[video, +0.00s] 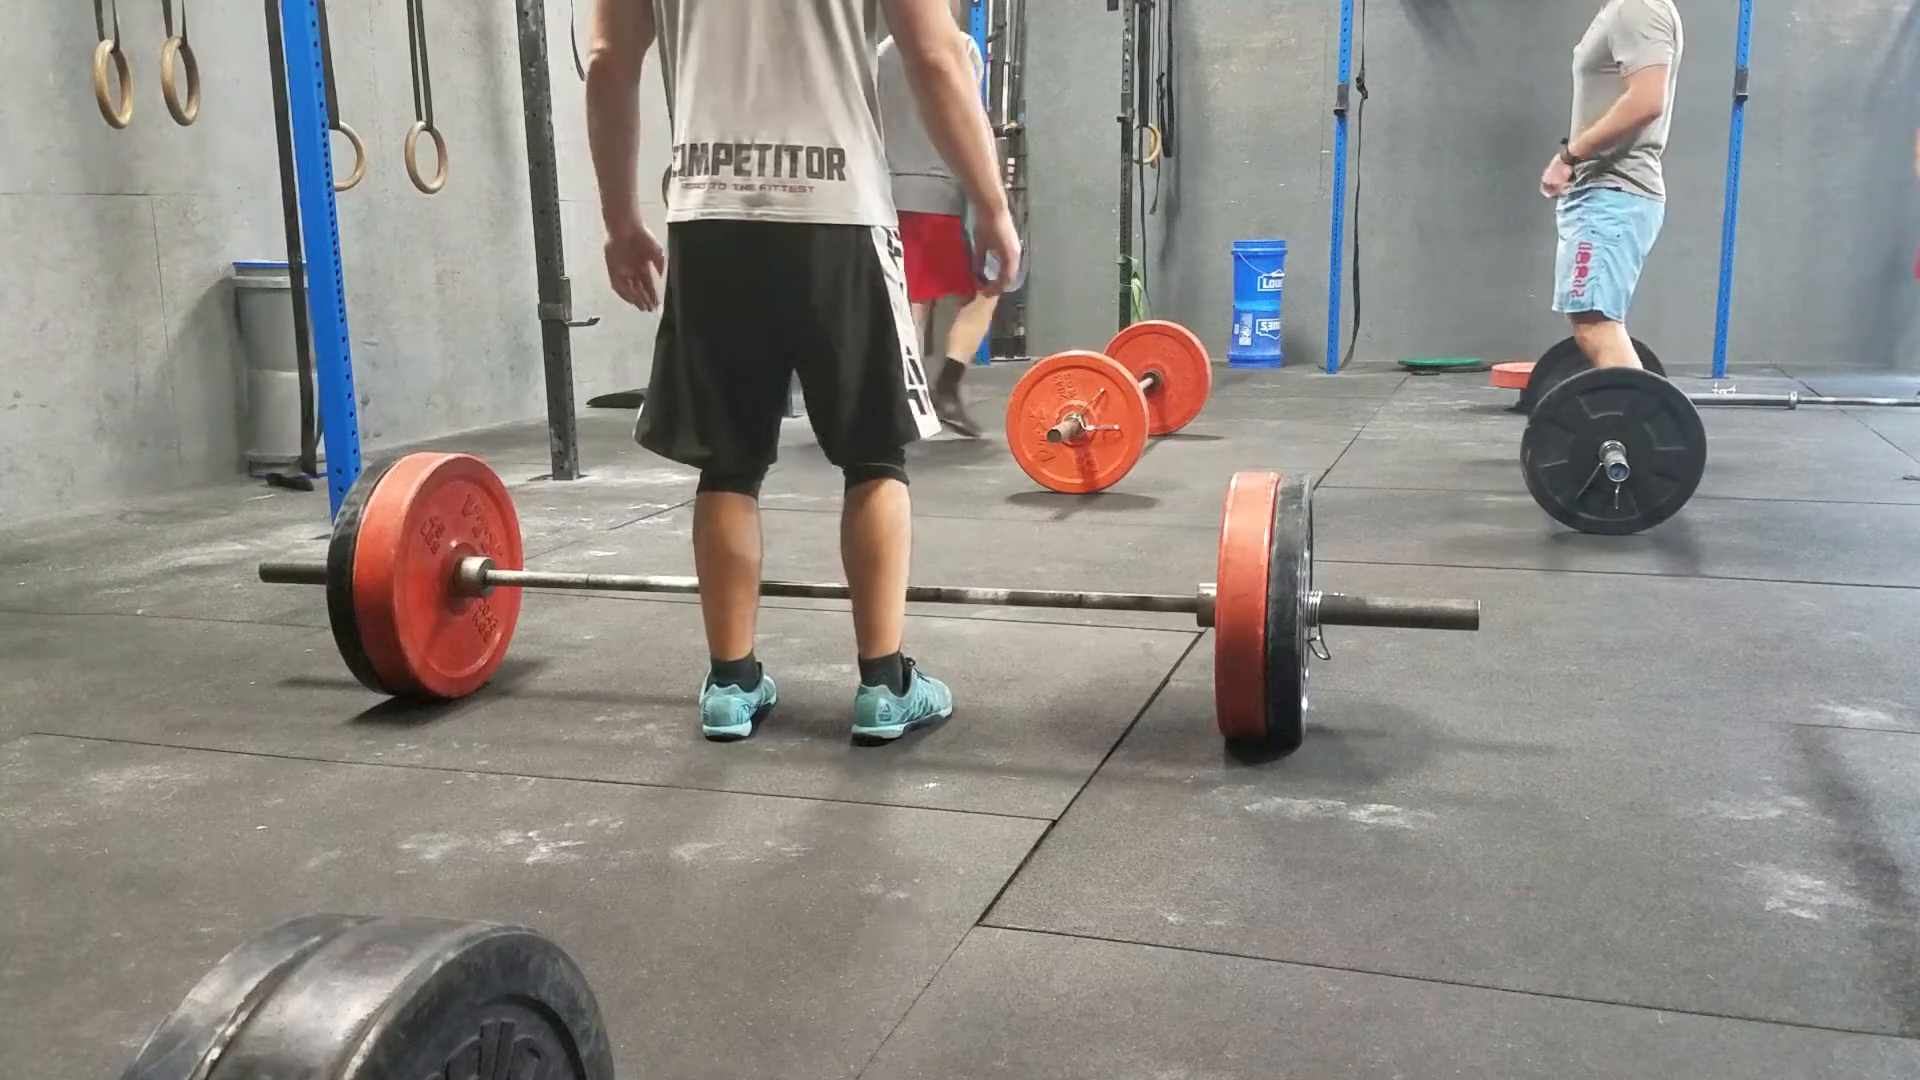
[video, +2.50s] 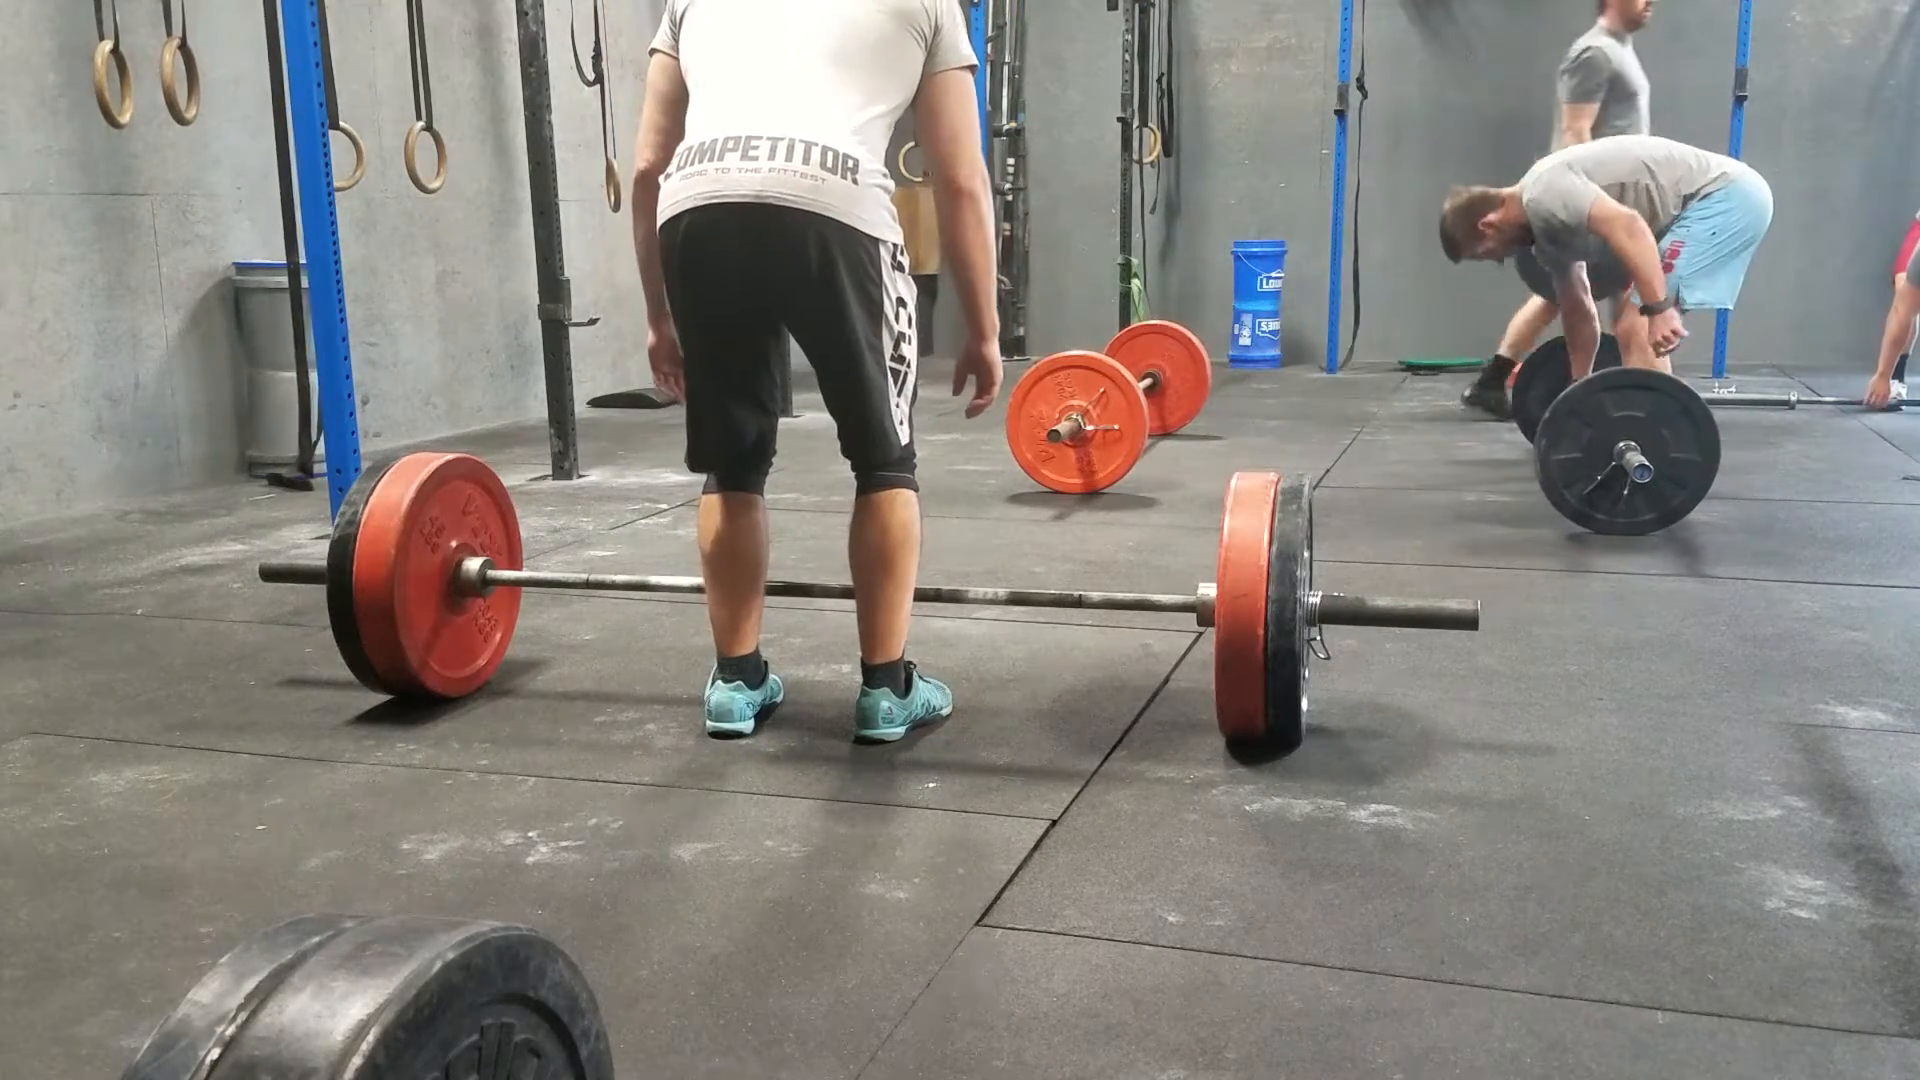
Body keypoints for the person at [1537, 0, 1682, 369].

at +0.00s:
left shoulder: (1638, 8)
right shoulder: (1622, 11)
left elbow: (1646, 100)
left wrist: (1569, 155)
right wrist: (1571, 159)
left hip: (1615, 190)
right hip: (1602, 190)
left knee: (1596, 325)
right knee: (1596, 324)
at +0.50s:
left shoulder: (1633, 9)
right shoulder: (1615, 11)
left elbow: (1646, 103)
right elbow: (1615, 113)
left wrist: (1608, 192)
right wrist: (1580, 191)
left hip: (1621, 193)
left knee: (1618, 334)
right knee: (1618, 333)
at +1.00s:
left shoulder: (1629, 9)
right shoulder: (1614, 10)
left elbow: (1639, 103)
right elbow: (1630, 106)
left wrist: (1590, 187)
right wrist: (1585, 187)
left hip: (1619, 191)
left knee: (1612, 331)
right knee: (1615, 329)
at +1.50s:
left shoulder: (1631, 8)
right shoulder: (1615, 10)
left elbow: (1647, 99)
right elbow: (1619, 109)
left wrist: (1606, 186)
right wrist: (1587, 188)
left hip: (1630, 187)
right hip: (1636, 188)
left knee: (1613, 329)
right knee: (1632, 327)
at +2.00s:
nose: (1501, 119)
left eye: (1495, 109)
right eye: (1493, 114)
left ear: (1512, 76)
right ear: (1511, 76)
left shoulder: (1580, 77)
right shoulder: (1562, 115)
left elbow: (1645, 144)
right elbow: (1593, 195)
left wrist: (1640, 236)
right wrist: (1586, 274)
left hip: (1711, 188)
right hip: (1686, 192)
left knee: (1646, 328)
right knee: (1647, 331)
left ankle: (1659, 458)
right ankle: (1661, 457)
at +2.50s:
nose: (1499, 261)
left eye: (1488, 255)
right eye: (1489, 259)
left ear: (1488, 226)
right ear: (1491, 222)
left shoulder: (1547, 192)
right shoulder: (1548, 230)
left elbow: (1629, 227)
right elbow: (1577, 307)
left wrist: (1658, 309)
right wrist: (1580, 390)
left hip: (1726, 193)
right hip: (1705, 202)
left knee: (1634, 328)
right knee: (1631, 327)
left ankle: (1660, 452)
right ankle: (1653, 450)